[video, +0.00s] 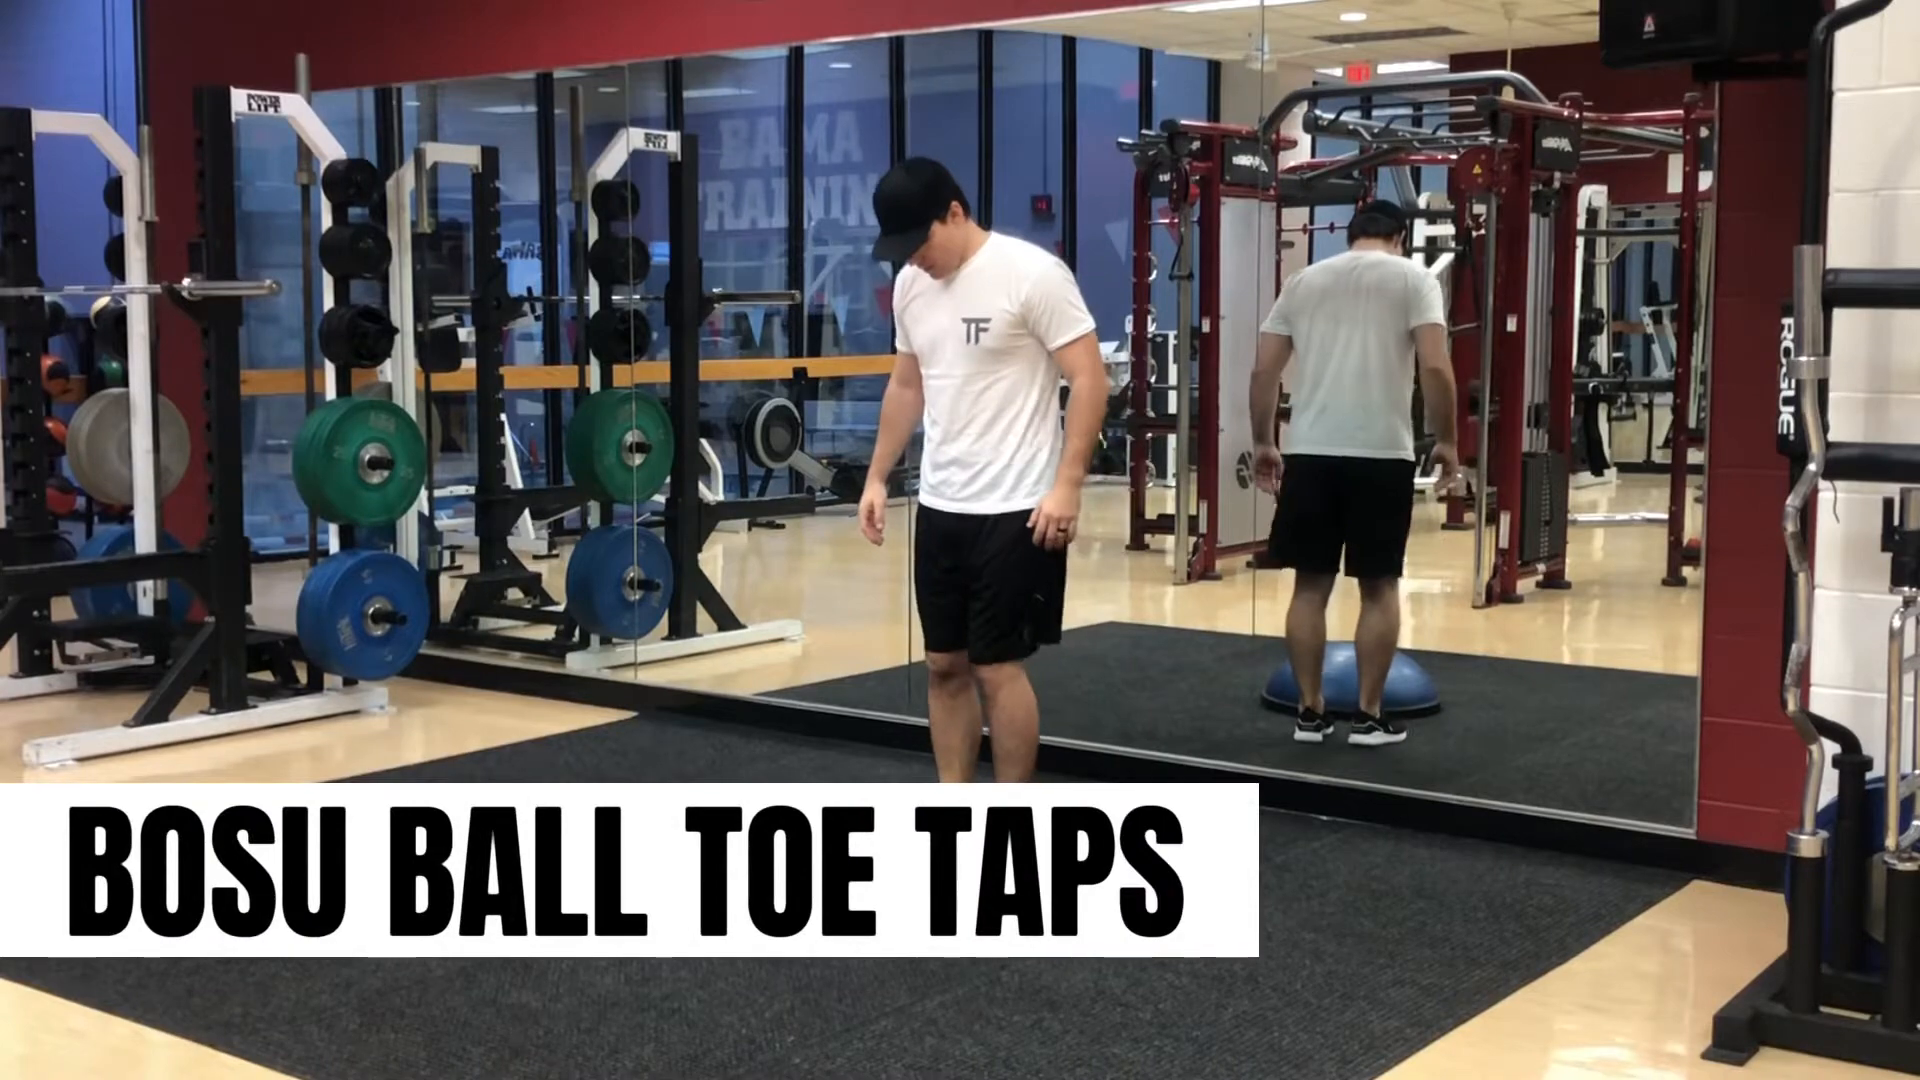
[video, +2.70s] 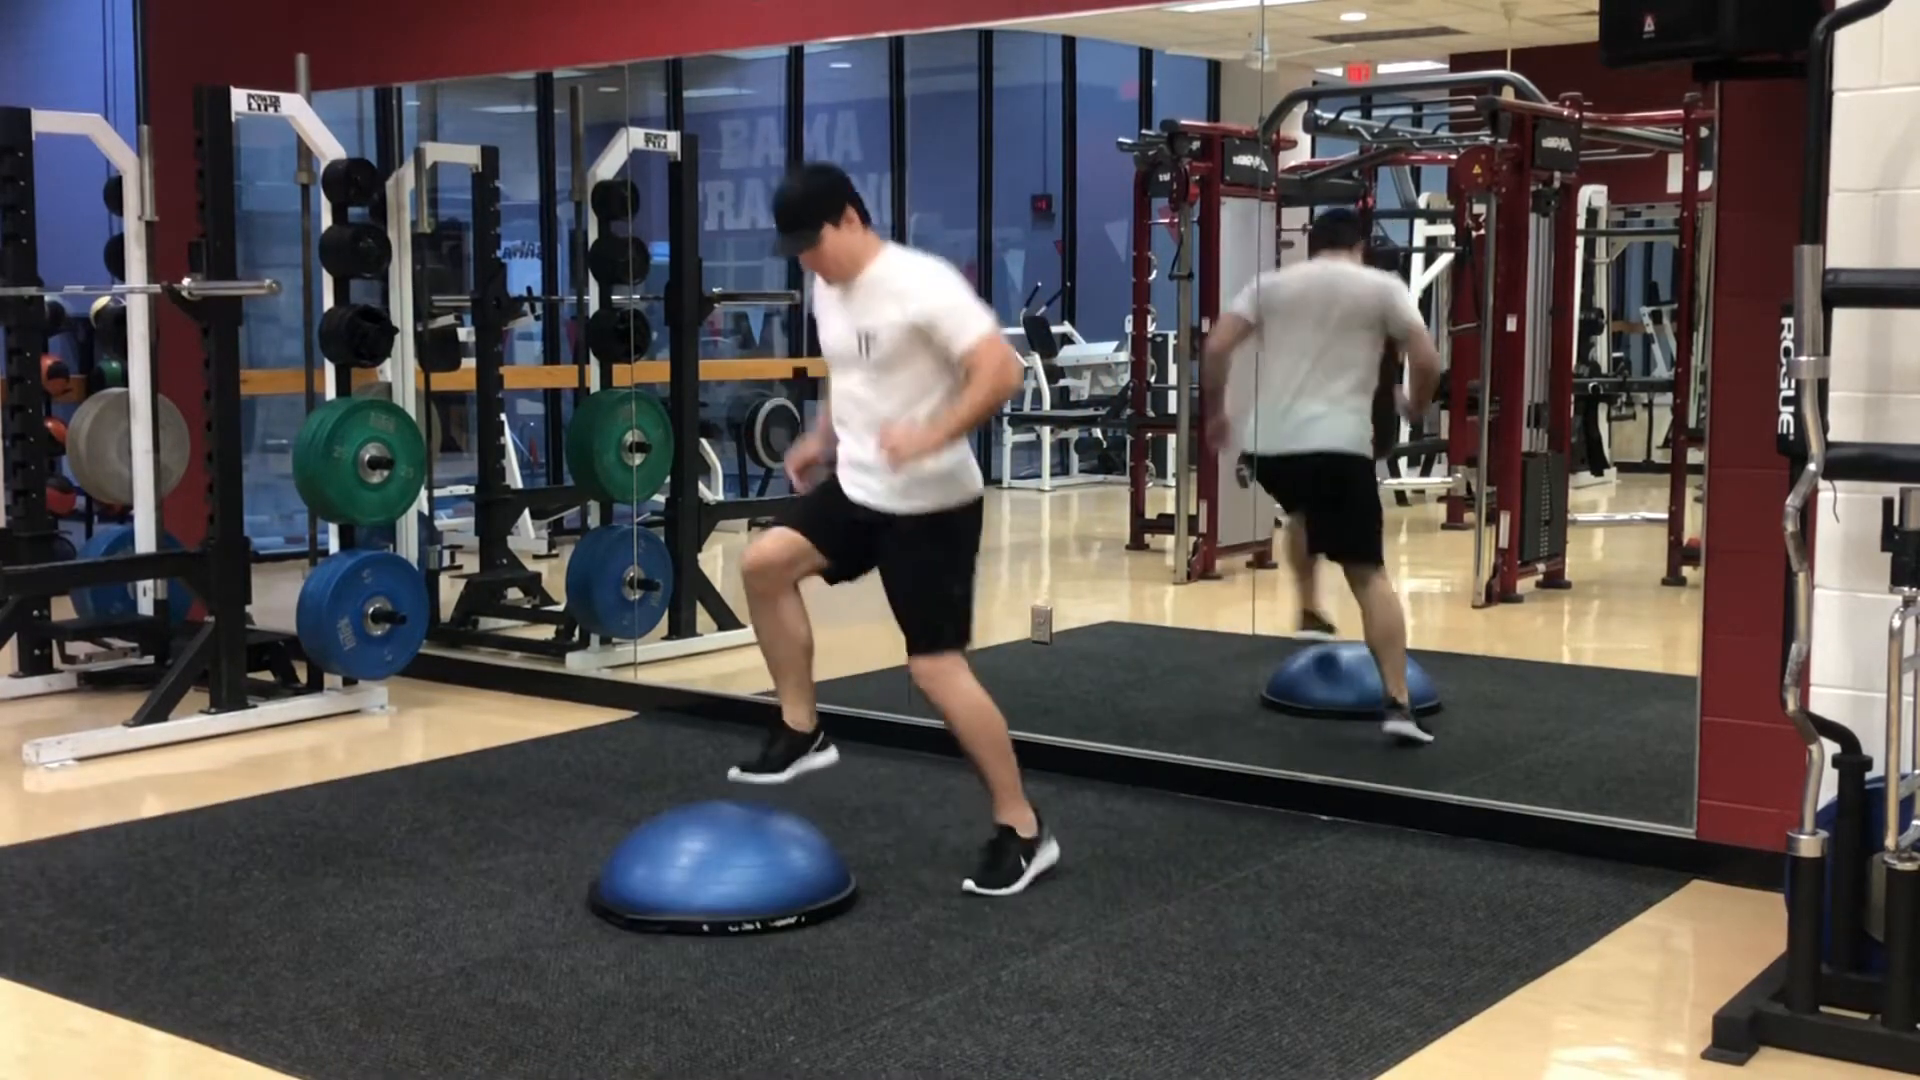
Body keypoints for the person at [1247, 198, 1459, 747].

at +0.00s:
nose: (1404, 252)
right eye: (1405, 245)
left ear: (1350, 237)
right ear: (1397, 240)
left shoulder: (1305, 281)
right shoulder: (1415, 278)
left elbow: (1264, 370)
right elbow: (1435, 367)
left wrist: (1263, 443)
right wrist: (1446, 441)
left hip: (1310, 460)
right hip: (1382, 463)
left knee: (1310, 586)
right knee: (1379, 589)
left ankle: (1310, 713)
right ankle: (1369, 715)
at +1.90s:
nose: (1397, 268)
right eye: (1400, 260)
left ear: (1349, 254)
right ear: (1397, 257)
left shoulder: (1304, 296)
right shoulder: (1412, 301)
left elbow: (1261, 375)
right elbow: (1436, 392)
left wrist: (1292, 419)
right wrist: (1426, 448)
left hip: (1293, 462)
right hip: (1366, 470)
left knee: (1320, 532)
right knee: (1381, 598)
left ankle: (1313, 641)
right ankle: (1367, 715)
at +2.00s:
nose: (1380, 246)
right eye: (1382, 238)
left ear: (1331, 230)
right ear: (1377, 235)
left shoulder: (1286, 271)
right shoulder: (1395, 276)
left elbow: (1230, 338)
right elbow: (1436, 340)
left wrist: (1253, 375)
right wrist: (1433, 381)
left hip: (1280, 440)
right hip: (1352, 447)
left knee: (1291, 521)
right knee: (1366, 578)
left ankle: (1262, 629)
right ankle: (1368, 706)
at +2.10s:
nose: (1365, 228)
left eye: (1359, 222)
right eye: (1365, 221)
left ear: (1312, 215)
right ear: (1361, 218)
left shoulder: (1265, 254)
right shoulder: (1371, 255)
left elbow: (1212, 321)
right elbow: (1392, 315)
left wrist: (1251, 373)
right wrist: (1390, 362)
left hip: (1267, 420)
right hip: (1335, 425)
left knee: (1261, 534)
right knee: (1370, 543)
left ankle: (1215, 644)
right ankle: (1356, 659)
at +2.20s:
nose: (1344, 245)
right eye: (1343, 238)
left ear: (1294, 233)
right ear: (1340, 237)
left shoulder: (1247, 275)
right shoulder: (1344, 271)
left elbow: (1202, 350)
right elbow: (1348, 335)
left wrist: (1235, 388)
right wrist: (1354, 382)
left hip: (1247, 437)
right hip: (1311, 438)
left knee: (1232, 557)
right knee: (1371, 513)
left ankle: (1187, 677)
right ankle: (1327, 618)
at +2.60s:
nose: (1345, 231)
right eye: (1346, 223)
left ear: (1295, 221)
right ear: (1343, 222)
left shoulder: (1252, 263)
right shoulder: (1362, 256)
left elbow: (1196, 330)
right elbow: (1401, 308)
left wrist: (1229, 376)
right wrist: (1400, 356)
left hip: (1262, 423)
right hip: (1331, 423)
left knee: (1272, 522)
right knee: (1365, 544)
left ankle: (1243, 629)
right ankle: (1379, 665)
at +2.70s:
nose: (1363, 256)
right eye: (1364, 247)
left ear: (1310, 247)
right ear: (1361, 247)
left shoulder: (1270, 284)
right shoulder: (1384, 287)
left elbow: (1216, 344)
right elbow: (1428, 362)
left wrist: (1214, 412)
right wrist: (1415, 404)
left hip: (1270, 448)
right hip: (1342, 450)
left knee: (1300, 515)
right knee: (1370, 576)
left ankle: (1308, 606)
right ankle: (1399, 704)